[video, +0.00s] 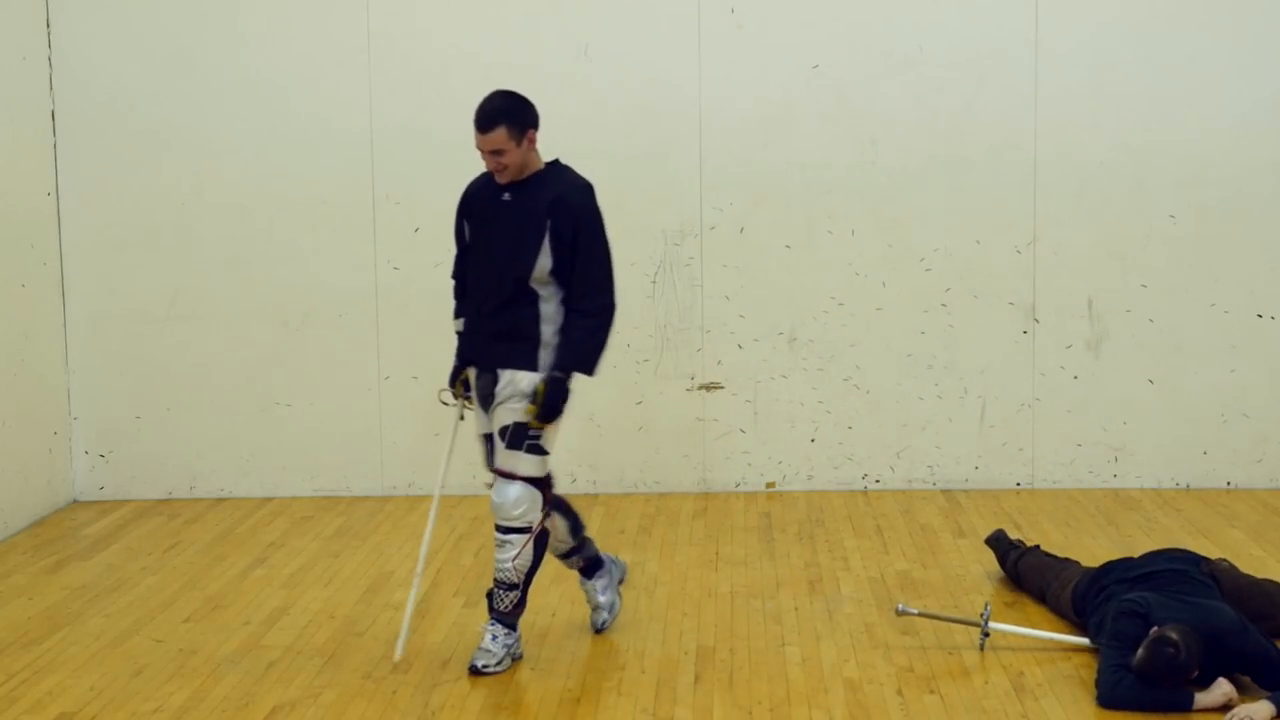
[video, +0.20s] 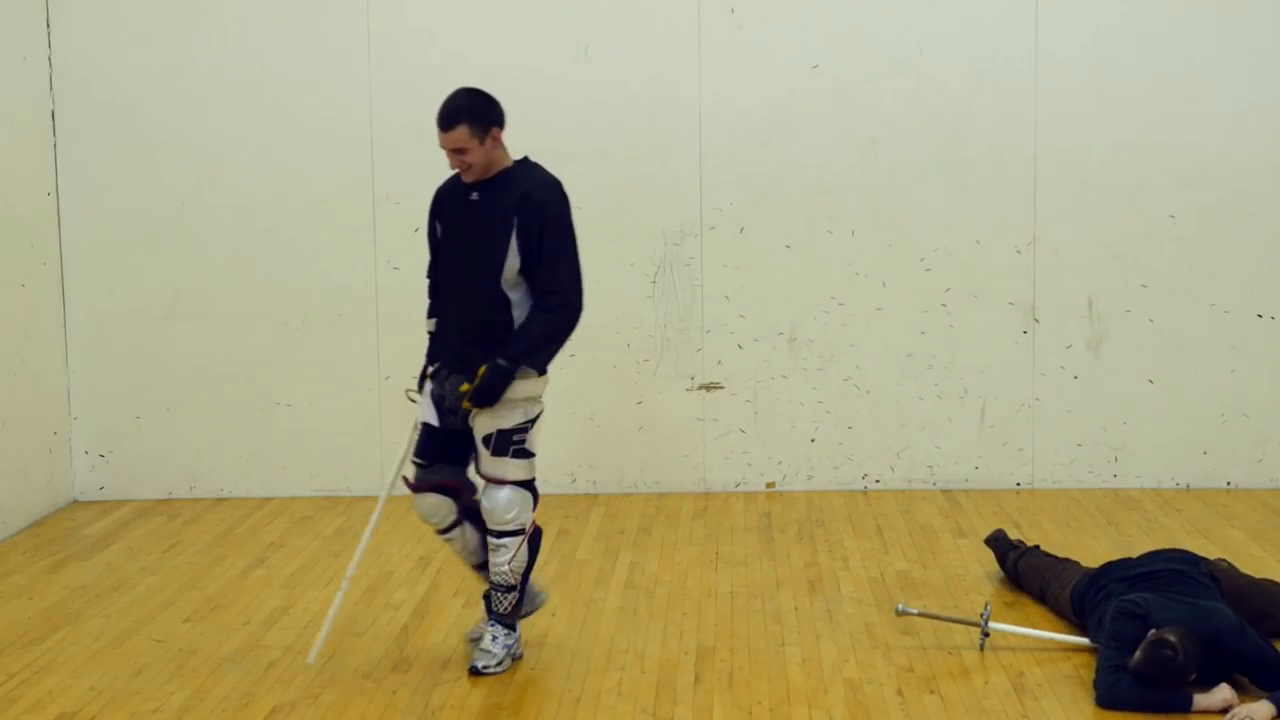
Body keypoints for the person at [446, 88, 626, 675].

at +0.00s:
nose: (490, 163)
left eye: (499, 152)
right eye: (484, 153)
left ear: (531, 138)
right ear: (478, 145)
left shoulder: (568, 195)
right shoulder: (478, 196)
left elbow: (592, 296)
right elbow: (466, 284)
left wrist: (564, 376)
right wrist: (464, 356)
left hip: (537, 364)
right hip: (484, 362)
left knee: (514, 491)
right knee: (517, 487)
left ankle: (503, 626)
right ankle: (597, 570)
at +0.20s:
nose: (454, 162)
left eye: (462, 151)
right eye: (448, 152)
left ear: (495, 137)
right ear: (444, 146)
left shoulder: (538, 195)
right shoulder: (447, 198)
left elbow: (562, 300)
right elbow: (441, 289)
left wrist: (505, 369)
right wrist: (436, 362)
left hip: (510, 372)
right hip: (450, 368)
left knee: (504, 499)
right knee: (432, 491)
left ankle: (503, 624)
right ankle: (513, 584)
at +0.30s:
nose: (433, 162)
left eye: (440, 151)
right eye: (427, 152)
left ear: (475, 135)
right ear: (427, 146)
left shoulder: (522, 193)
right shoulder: (431, 199)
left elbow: (548, 299)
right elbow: (429, 292)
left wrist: (494, 369)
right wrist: (425, 366)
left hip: (500, 373)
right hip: (437, 370)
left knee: (498, 500)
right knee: (408, 493)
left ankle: (502, 629)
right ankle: (438, 623)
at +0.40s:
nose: (412, 168)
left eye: (418, 155)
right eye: (405, 157)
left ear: (451, 137)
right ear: (406, 149)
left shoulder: (503, 194)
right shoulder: (411, 205)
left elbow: (533, 303)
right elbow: (415, 300)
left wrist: (490, 376)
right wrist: (410, 369)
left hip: (490, 380)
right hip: (425, 377)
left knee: (493, 506)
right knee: (389, 501)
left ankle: (501, 630)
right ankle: (373, 635)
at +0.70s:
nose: (328, 174)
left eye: (334, 161)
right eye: (322, 164)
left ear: (367, 143)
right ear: (333, 155)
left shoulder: (428, 198)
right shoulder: (331, 218)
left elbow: (475, 286)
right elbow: (337, 313)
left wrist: (495, 373)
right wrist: (334, 388)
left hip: (421, 390)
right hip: (348, 392)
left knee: (449, 517)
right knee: (318, 518)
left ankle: (495, 626)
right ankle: (324, 659)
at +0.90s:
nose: (273, 168)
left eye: (278, 155)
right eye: (266, 158)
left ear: (313, 137)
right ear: (266, 153)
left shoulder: (375, 191)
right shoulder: (274, 209)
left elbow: (431, 271)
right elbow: (267, 303)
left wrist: (502, 326)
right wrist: (271, 384)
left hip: (363, 387)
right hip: (292, 387)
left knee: (373, 526)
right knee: (296, 527)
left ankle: (447, 614)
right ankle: (323, 660)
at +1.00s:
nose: (252, 167)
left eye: (257, 154)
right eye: (245, 157)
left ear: (292, 136)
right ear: (250, 150)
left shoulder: (354, 188)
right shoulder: (252, 206)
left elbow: (422, 261)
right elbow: (239, 305)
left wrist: (506, 279)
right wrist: (236, 388)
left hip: (340, 381)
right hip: (271, 385)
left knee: (330, 519)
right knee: (285, 526)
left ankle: (398, 635)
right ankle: (323, 660)